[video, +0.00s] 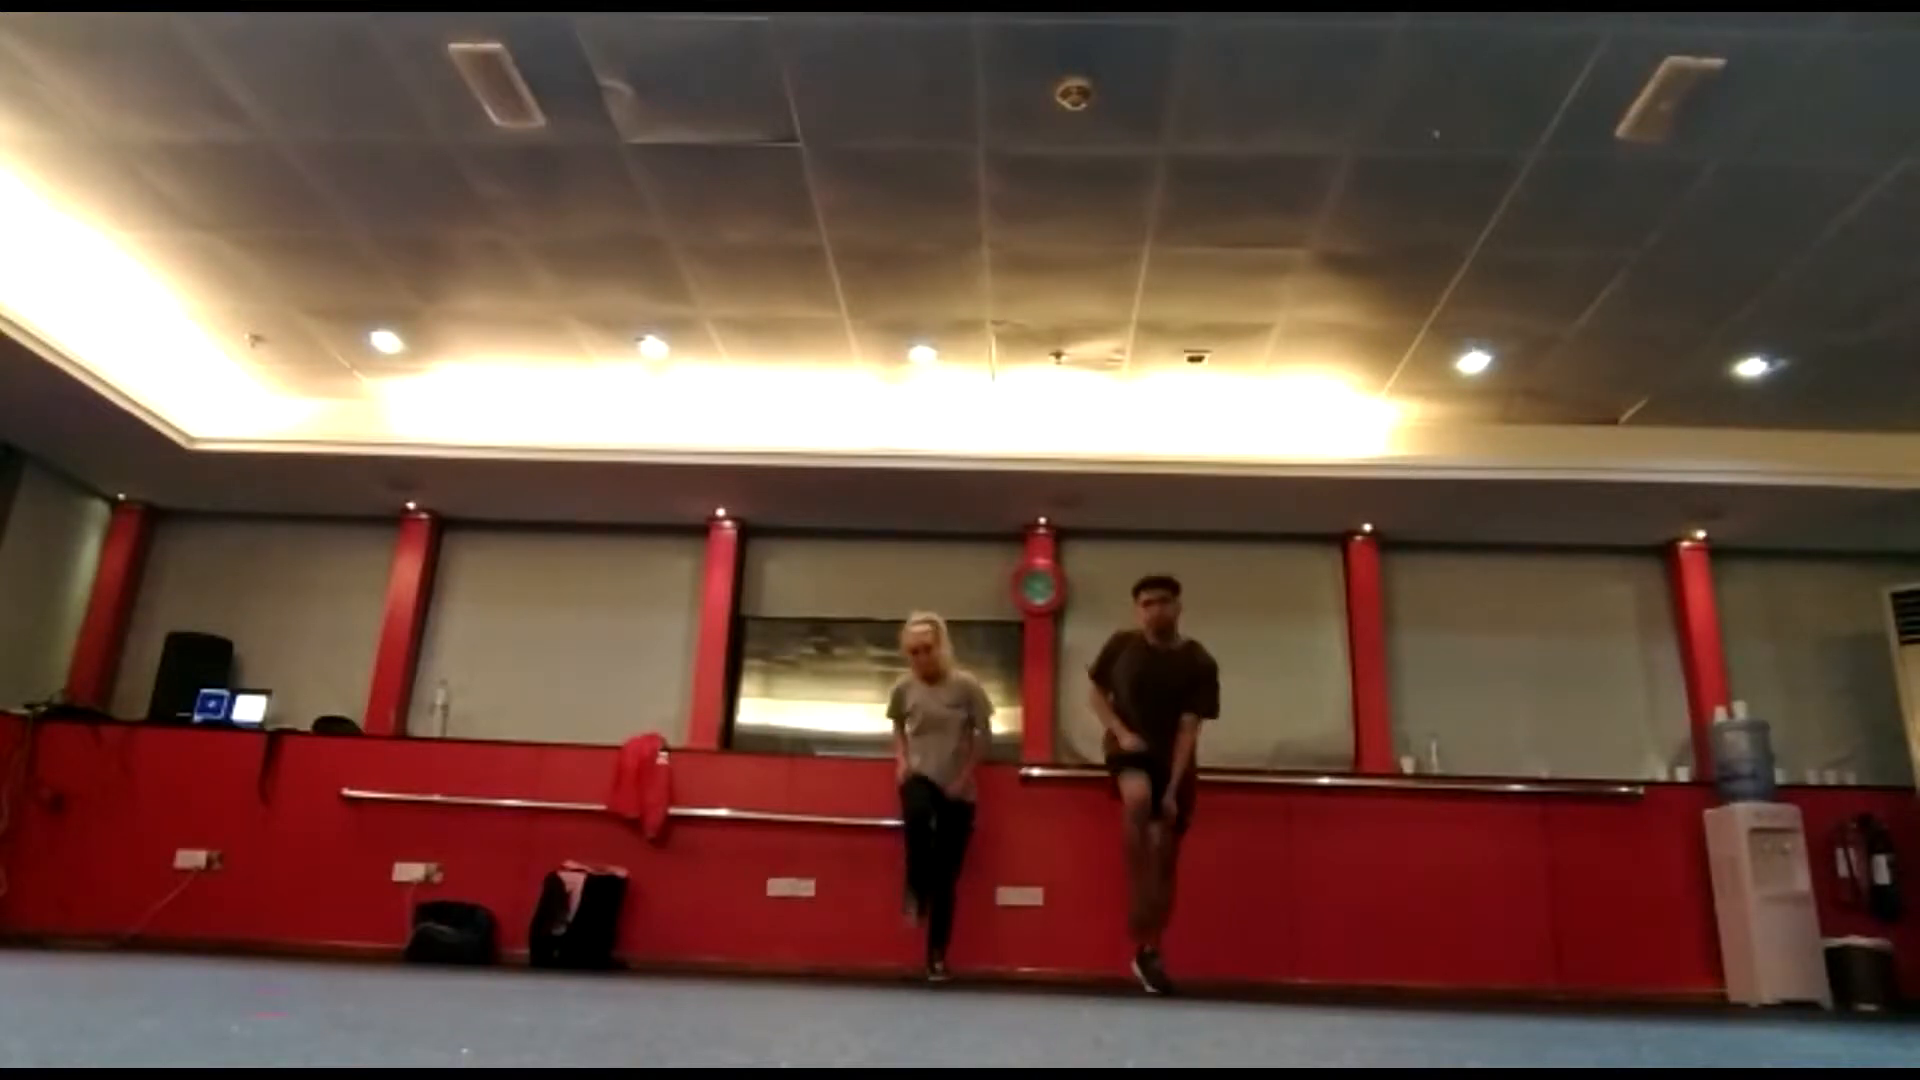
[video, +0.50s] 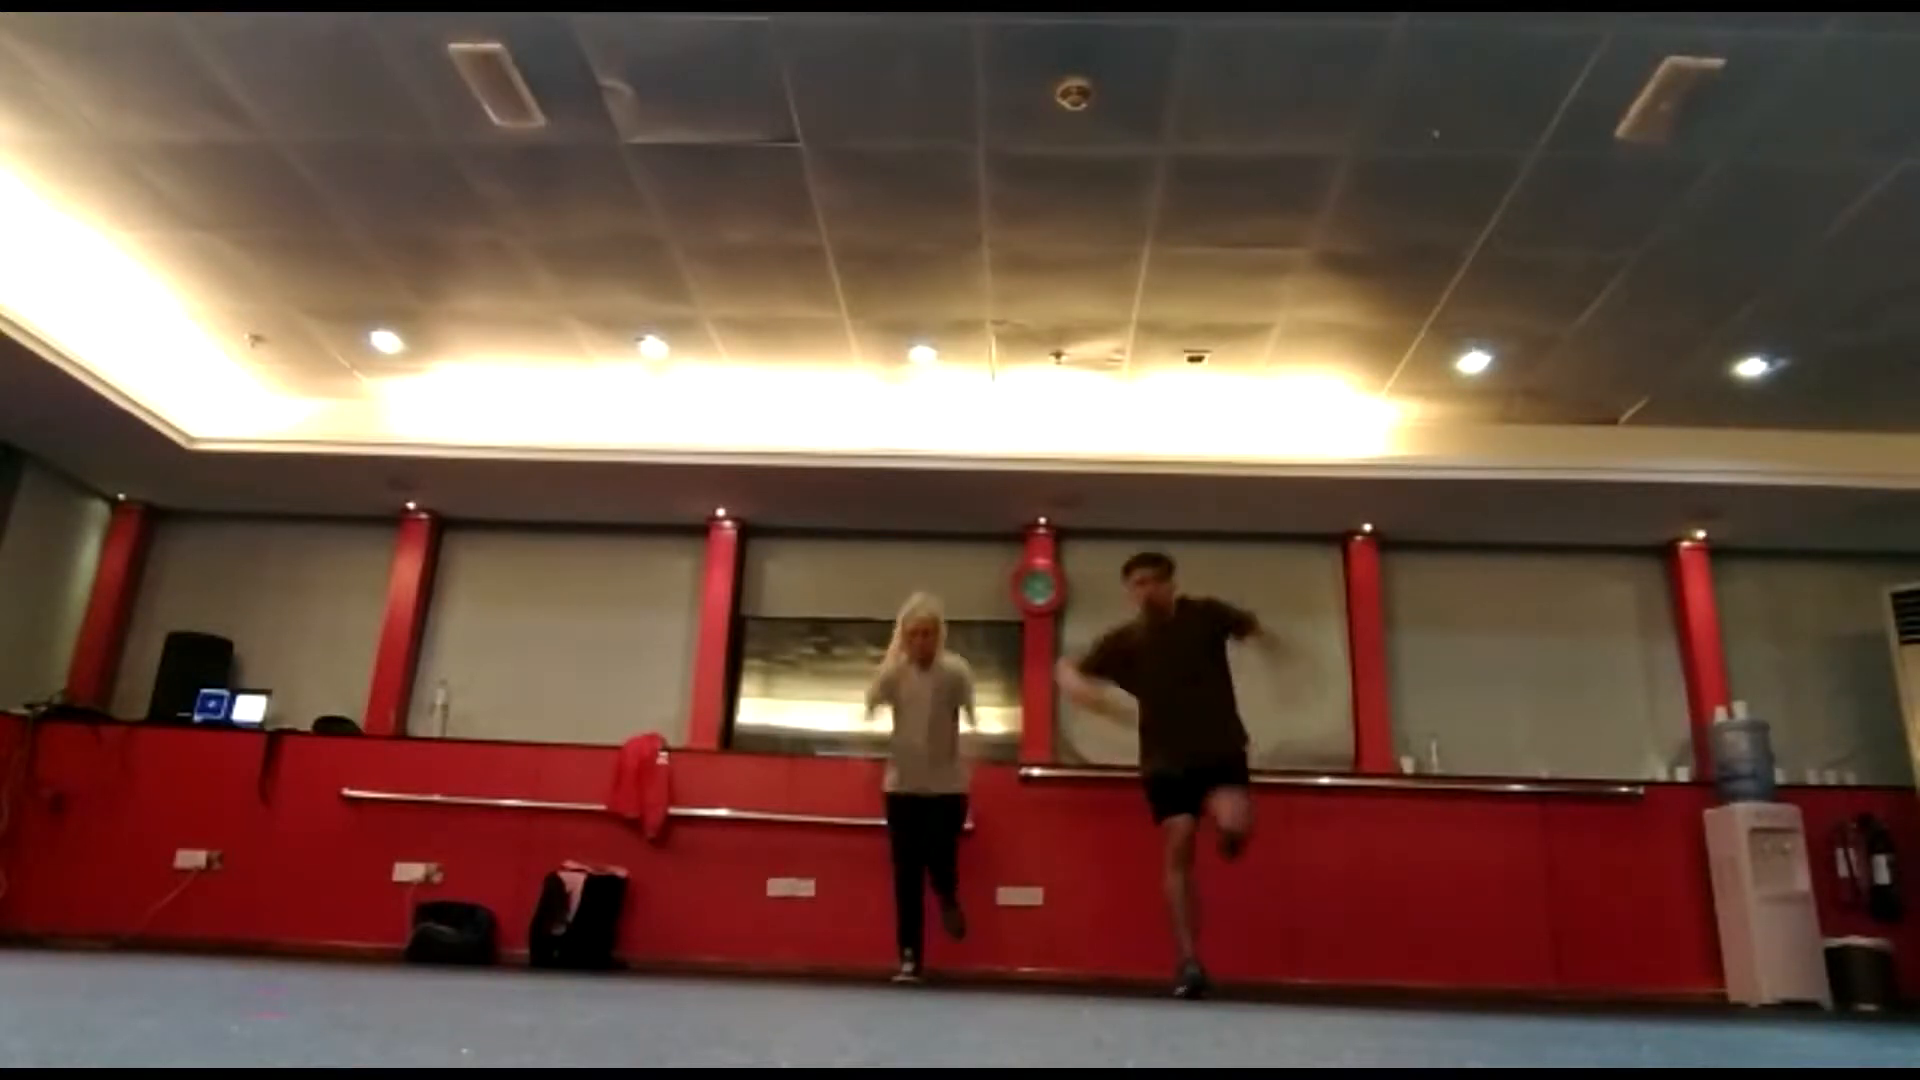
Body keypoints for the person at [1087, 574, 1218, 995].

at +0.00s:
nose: (1154, 610)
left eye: (1162, 602)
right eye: (1147, 603)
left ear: (1177, 607)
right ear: (1137, 609)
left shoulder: (1197, 660)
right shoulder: (1122, 646)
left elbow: (1188, 730)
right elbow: (1097, 692)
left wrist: (1172, 788)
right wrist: (1120, 732)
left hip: (1173, 754)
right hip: (1131, 745)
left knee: (1162, 846)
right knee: (1137, 797)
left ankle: (1151, 948)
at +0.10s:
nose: (1144, 626)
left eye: (1151, 617)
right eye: (1136, 619)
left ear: (1166, 619)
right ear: (1126, 626)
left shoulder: (1197, 674)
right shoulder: (1118, 672)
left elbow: (1216, 737)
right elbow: (1101, 718)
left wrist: (1182, 773)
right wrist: (1124, 749)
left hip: (1183, 773)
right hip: (1138, 769)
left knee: (1170, 862)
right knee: (1147, 836)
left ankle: (1149, 953)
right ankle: (1166, 939)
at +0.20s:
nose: (1127, 653)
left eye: (1134, 643)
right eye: (1119, 646)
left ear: (1151, 645)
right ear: (1112, 654)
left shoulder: (1189, 685)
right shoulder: (1118, 702)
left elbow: (1251, 714)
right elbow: (1109, 752)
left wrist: (1197, 744)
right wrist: (1132, 771)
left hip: (1198, 797)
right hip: (1152, 794)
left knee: (1178, 888)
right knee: (1160, 846)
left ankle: (1146, 960)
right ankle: (1183, 960)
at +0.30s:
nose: (1122, 647)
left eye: (1129, 637)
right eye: (1113, 641)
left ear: (1145, 638)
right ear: (1105, 648)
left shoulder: (1187, 670)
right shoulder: (1118, 698)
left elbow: (1249, 695)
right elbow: (1119, 753)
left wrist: (1200, 731)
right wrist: (1143, 766)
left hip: (1210, 783)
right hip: (1162, 785)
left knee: (1191, 879)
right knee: (1170, 845)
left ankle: (1153, 950)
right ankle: (1188, 958)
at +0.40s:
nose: (1132, 614)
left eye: (1138, 603)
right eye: (1124, 608)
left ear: (1156, 604)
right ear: (1116, 616)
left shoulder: (1198, 636)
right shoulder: (1122, 666)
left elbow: (1250, 665)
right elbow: (1111, 728)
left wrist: (1219, 708)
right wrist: (1158, 734)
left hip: (1216, 759)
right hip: (1165, 764)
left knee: (1223, 852)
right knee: (1176, 844)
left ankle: (1196, 880)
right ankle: (1188, 959)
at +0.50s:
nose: (1147, 592)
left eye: (1153, 581)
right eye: (1138, 584)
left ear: (1171, 582)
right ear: (1128, 591)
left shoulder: (1206, 615)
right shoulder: (1126, 640)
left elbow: (1256, 630)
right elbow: (1070, 676)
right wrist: (1104, 701)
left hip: (1218, 742)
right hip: (1166, 751)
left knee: (1234, 821)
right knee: (1179, 845)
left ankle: (1232, 834)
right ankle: (1188, 960)